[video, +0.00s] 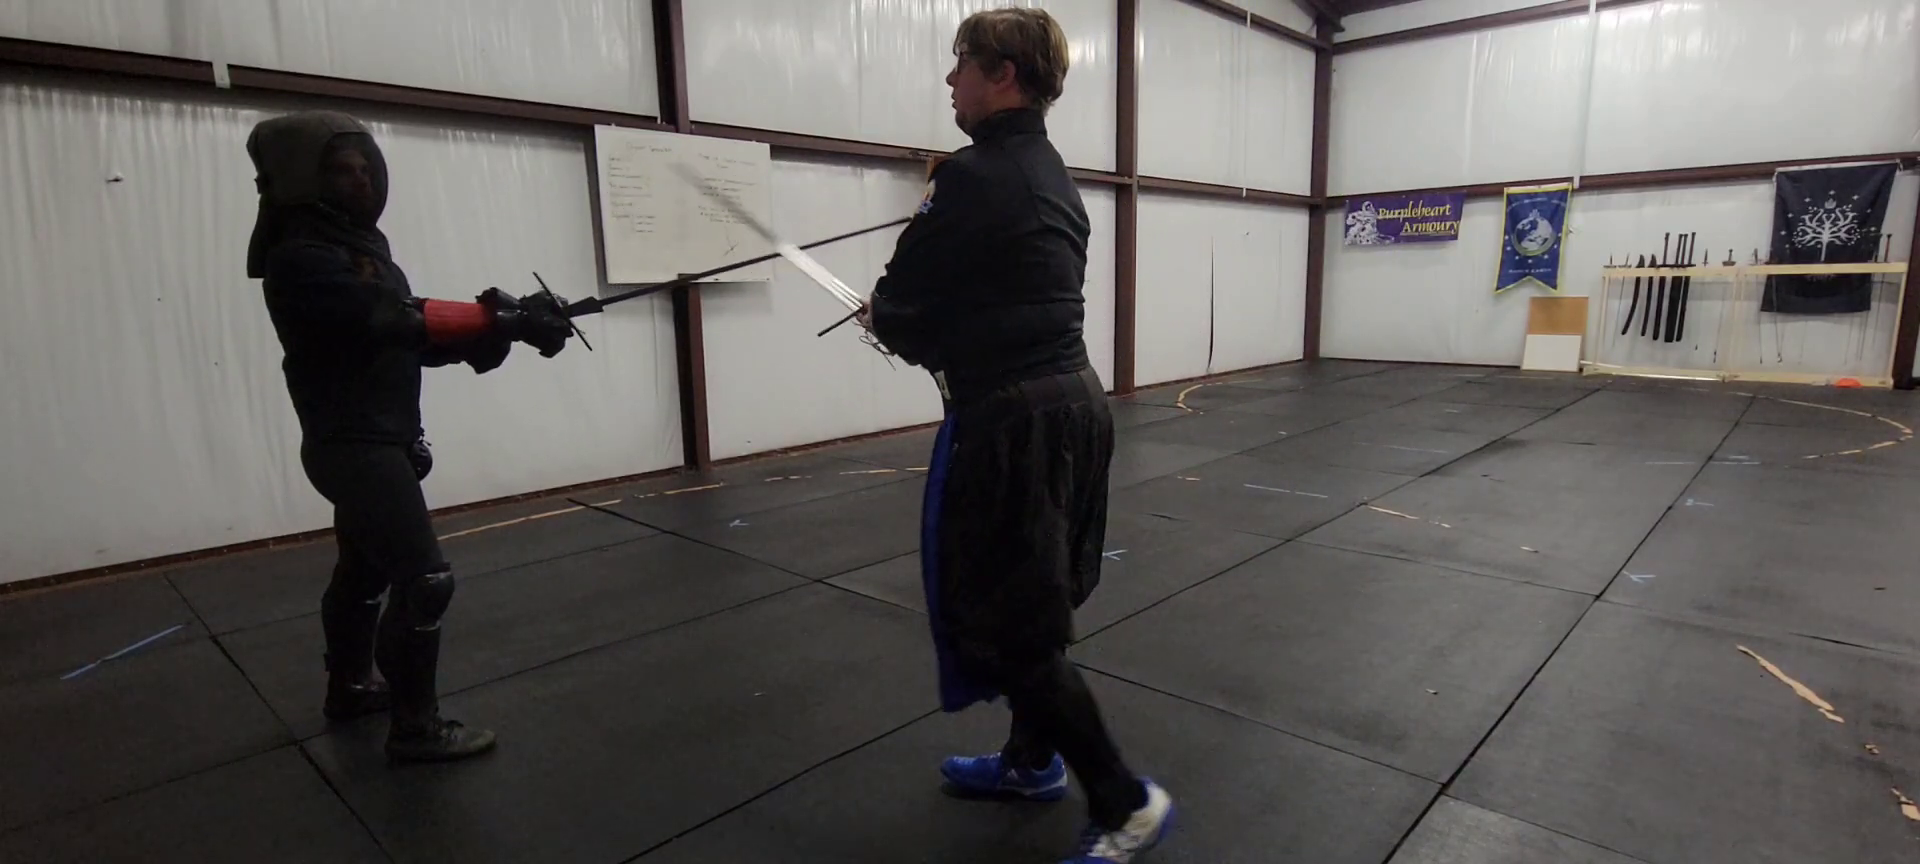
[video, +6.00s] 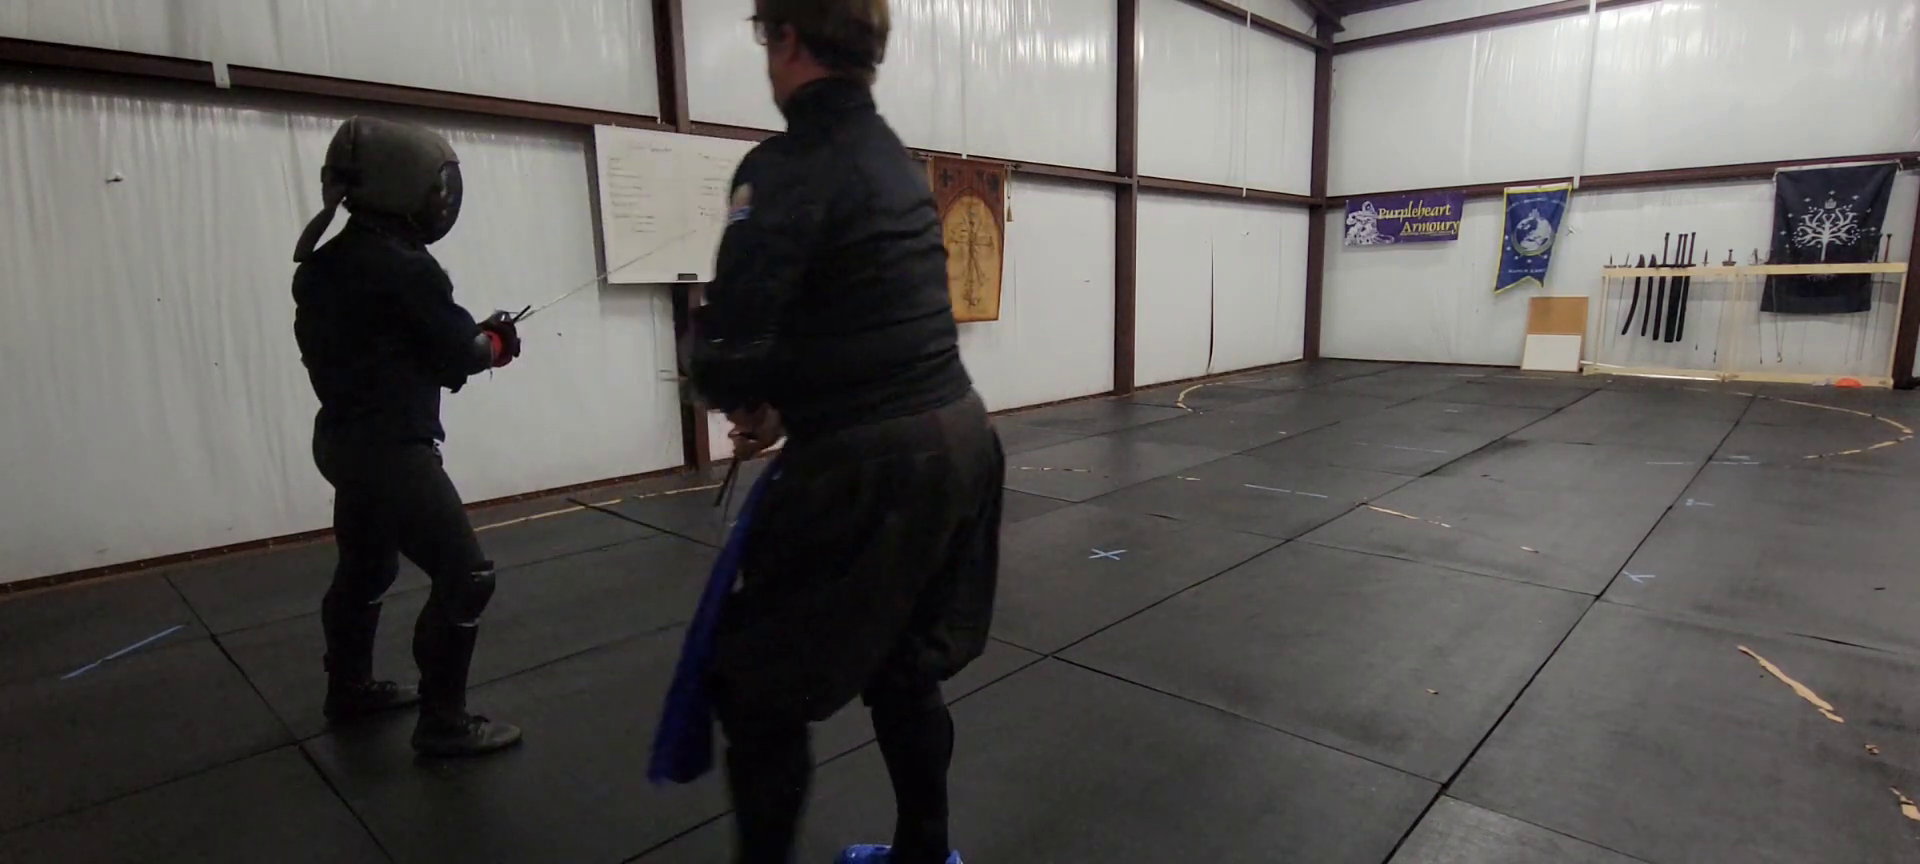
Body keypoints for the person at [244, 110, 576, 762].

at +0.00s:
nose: (359, 183)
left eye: (368, 170)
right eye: (342, 171)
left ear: (381, 177)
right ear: (311, 181)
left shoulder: (362, 249)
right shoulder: (302, 256)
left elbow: (406, 335)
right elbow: (386, 319)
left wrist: (488, 333)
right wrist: (502, 318)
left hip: (383, 442)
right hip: (354, 448)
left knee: (362, 574)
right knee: (423, 582)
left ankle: (350, 690)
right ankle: (415, 728)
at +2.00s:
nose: (362, 180)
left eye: (366, 167)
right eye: (345, 168)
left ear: (372, 174)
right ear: (307, 178)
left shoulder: (354, 247)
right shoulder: (297, 257)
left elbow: (397, 335)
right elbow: (360, 347)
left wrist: (461, 380)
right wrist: (468, 396)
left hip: (371, 439)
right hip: (341, 445)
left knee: (356, 569)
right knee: (390, 581)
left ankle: (349, 688)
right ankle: (411, 722)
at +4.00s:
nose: (356, 183)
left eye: (362, 171)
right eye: (340, 171)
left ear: (371, 179)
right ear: (306, 181)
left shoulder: (355, 246)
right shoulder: (293, 256)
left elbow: (395, 325)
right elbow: (357, 333)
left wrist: (453, 357)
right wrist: (463, 349)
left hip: (381, 436)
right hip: (344, 442)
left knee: (360, 570)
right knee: (393, 582)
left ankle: (349, 689)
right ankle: (410, 723)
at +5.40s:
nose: (432, 196)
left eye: (433, 183)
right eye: (422, 183)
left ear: (358, 189)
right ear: (389, 188)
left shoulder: (341, 256)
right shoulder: (374, 261)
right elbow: (423, 363)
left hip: (357, 443)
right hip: (382, 447)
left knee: (378, 568)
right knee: (447, 578)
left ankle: (350, 688)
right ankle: (441, 721)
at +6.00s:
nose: (448, 200)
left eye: (448, 187)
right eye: (442, 187)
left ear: (362, 189)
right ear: (418, 194)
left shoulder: (321, 265)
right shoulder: (408, 268)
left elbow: (364, 353)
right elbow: (453, 354)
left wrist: (462, 339)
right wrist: (495, 344)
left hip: (344, 446)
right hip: (399, 452)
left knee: (363, 569)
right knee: (464, 577)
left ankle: (349, 691)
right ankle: (444, 722)